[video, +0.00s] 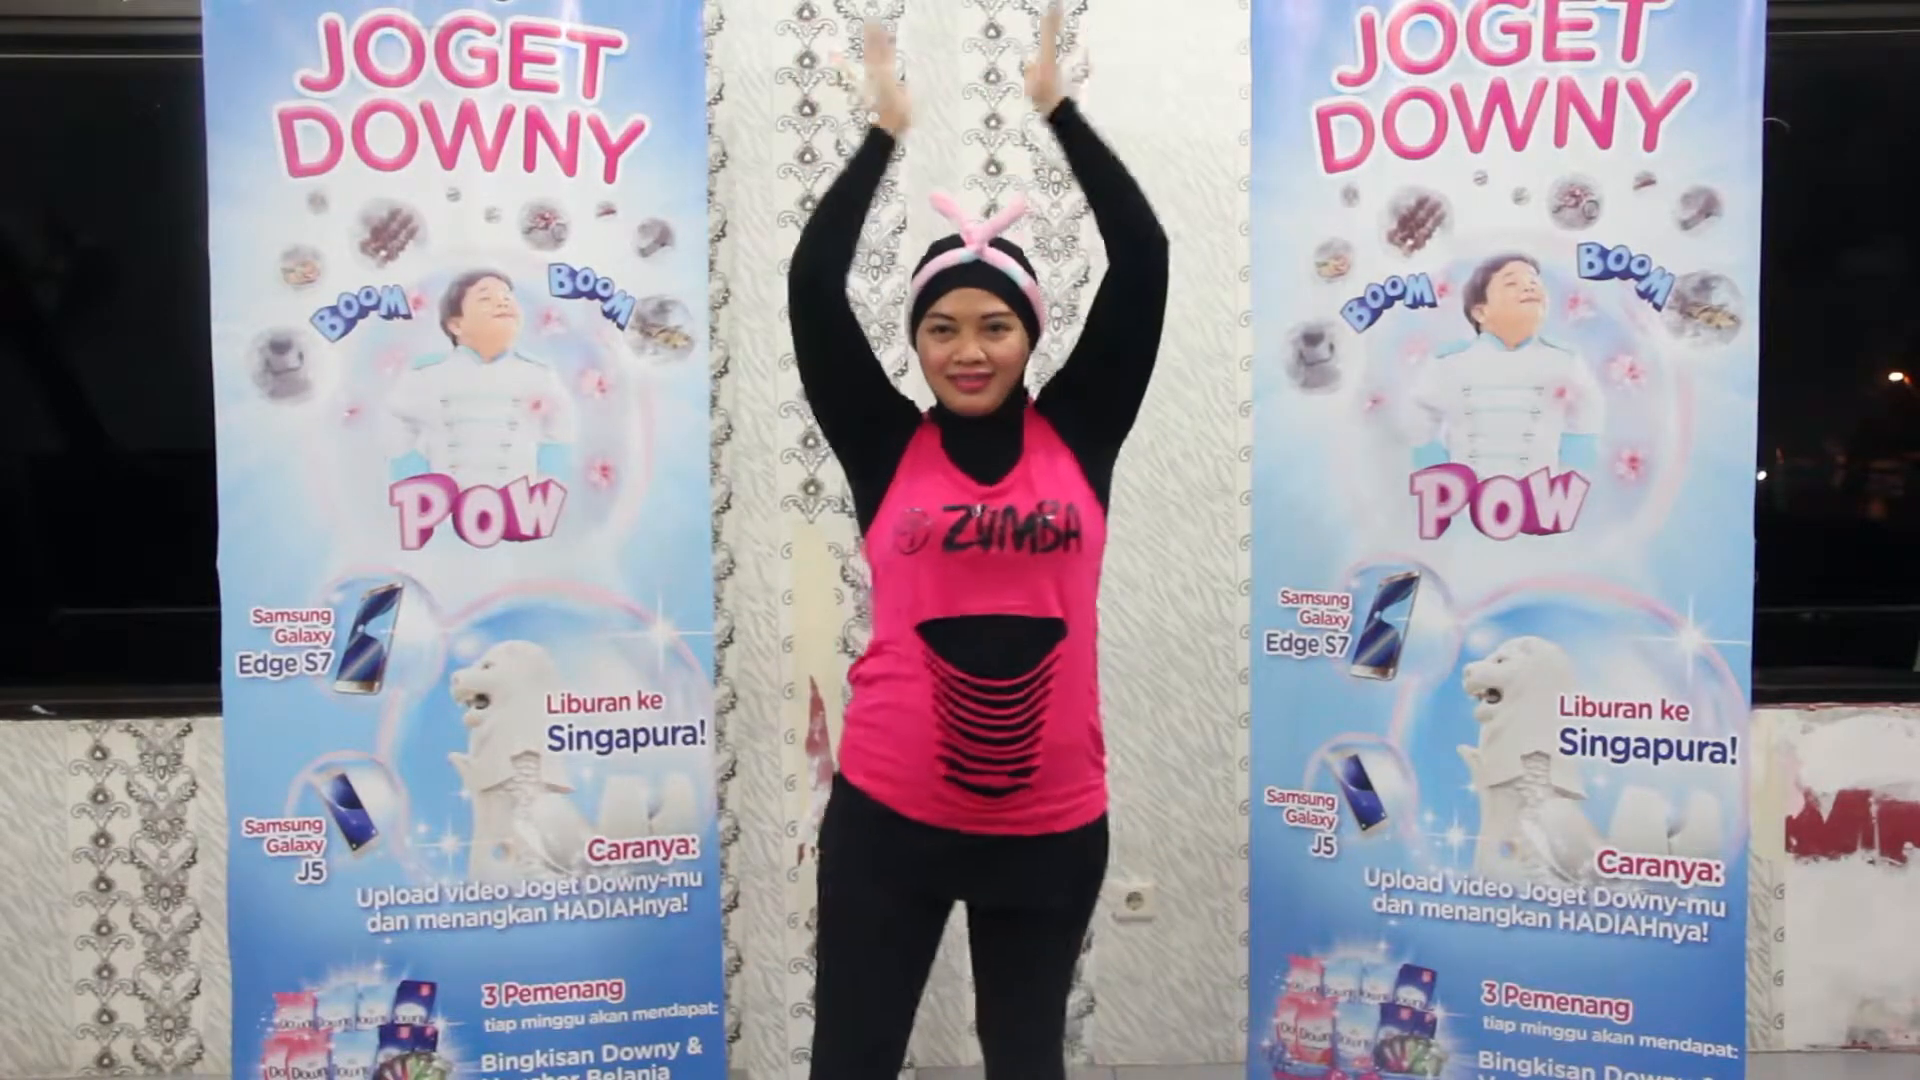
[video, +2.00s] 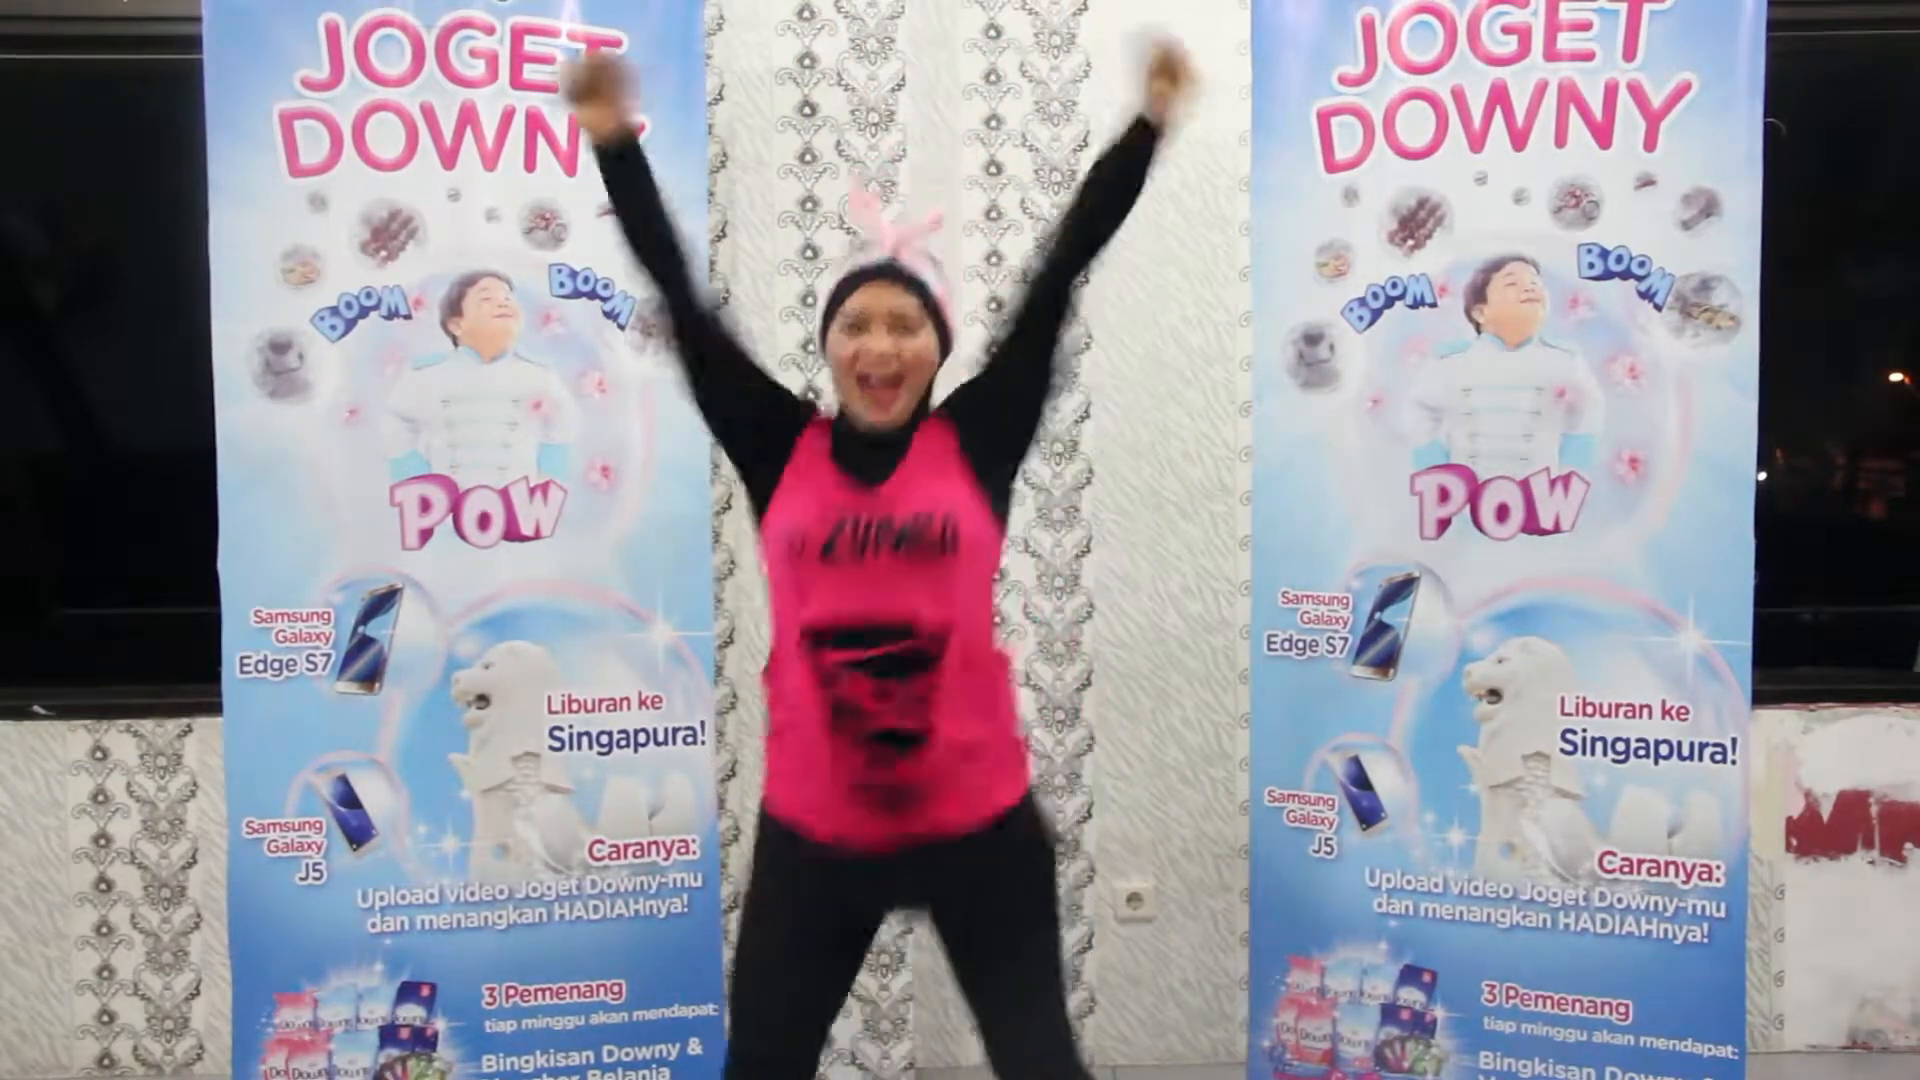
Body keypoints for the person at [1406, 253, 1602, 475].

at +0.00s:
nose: (1529, 286)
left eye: (1534, 280)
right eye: (1510, 283)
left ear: (1545, 299)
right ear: (1479, 311)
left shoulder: (1564, 363)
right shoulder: (1446, 365)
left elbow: (1584, 430)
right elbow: (1414, 419)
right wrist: (1439, 481)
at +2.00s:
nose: (1528, 287)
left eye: (1535, 282)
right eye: (1510, 283)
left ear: (1545, 300)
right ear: (1479, 311)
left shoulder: (1565, 363)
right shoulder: (1445, 365)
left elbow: (1585, 423)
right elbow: (1418, 420)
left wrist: (1566, 487)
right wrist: (1436, 481)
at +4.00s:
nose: (1528, 286)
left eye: (1534, 281)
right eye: (1510, 282)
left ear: (1545, 300)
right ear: (1479, 311)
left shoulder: (1564, 364)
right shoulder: (1446, 366)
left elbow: (1583, 425)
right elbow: (1414, 416)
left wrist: (1567, 483)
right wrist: (1436, 476)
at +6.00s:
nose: (1529, 287)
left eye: (1535, 281)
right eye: (1511, 283)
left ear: (1544, 301)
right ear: (1478, 310)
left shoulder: (1565, 365)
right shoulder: (1446, 368)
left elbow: (1582, 439)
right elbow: (1414, 424)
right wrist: (1438, 481)